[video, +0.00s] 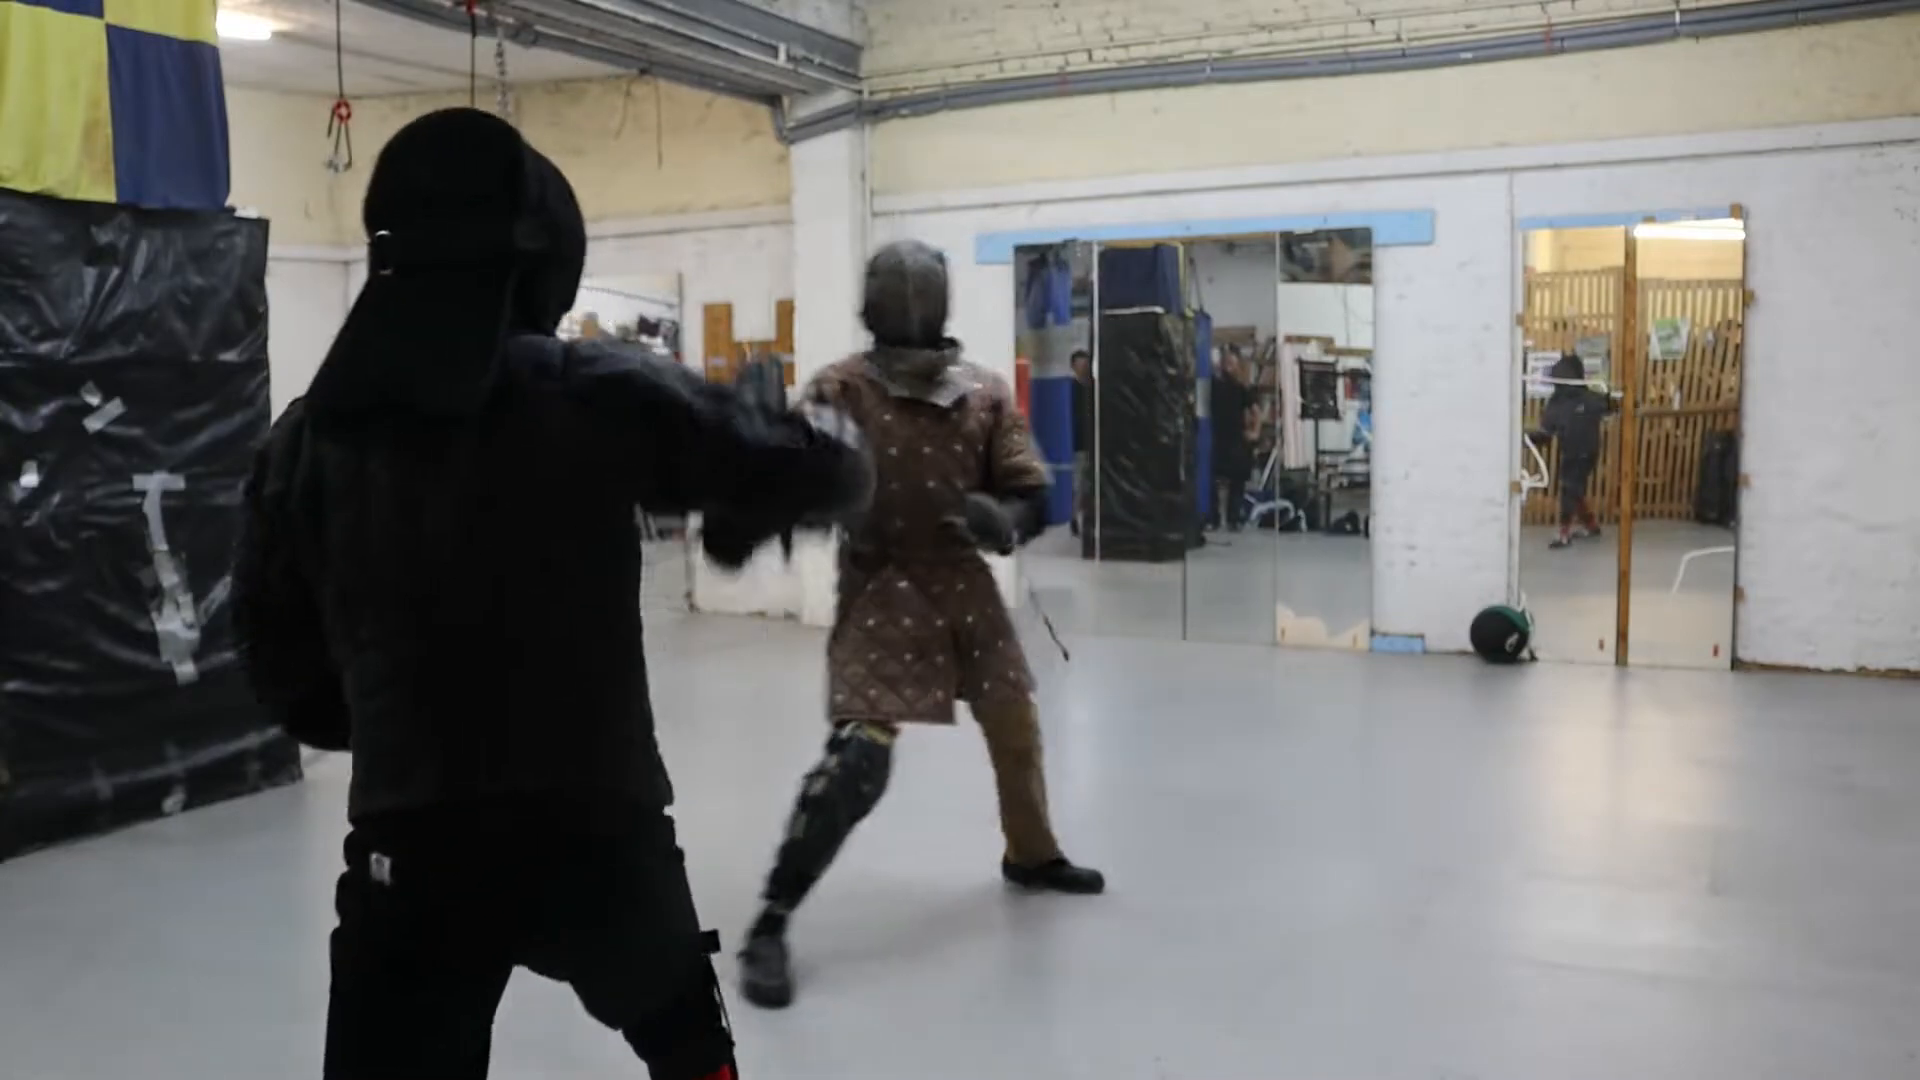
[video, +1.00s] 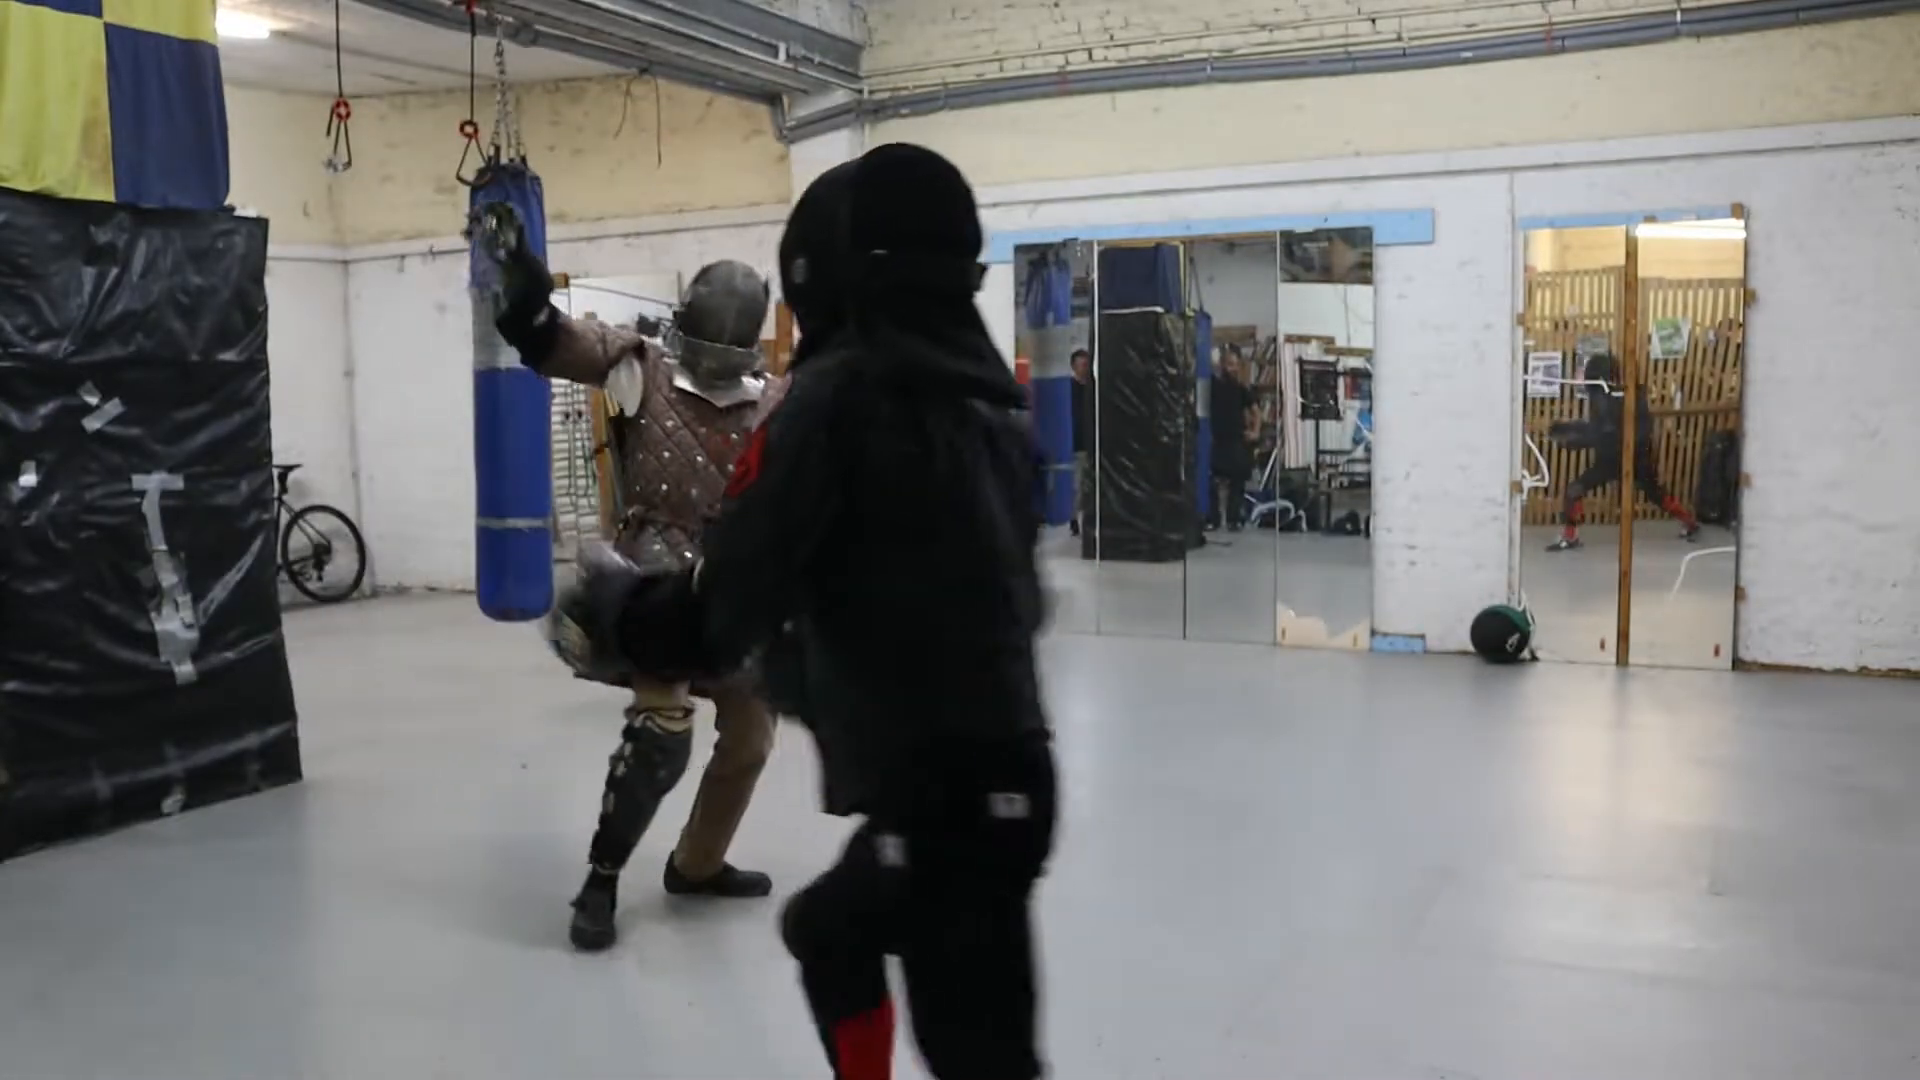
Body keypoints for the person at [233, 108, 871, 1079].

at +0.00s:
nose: (570, 277)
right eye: (558, 247)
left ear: (389, 252)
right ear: (533, 254)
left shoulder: (311, 434)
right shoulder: (595, 396)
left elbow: (289, 683)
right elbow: (821, 473)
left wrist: (400, 717)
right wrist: (738, 505)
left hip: (415, 862)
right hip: (601, 850)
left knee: (382, 1072)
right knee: (690, 1049)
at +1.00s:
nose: (789, 287)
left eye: (799, 263)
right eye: (793, 263)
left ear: (836, 272)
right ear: (948, 269)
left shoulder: (830, 409)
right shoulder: (984, 409)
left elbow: (719, 620)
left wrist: (613, 602)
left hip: (935, 792)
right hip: (1001, 775)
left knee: (982, 1054)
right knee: (827, 928)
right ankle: (870, 1079)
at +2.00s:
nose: (934, 262)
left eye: (942, 236)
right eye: (936, 236)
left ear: (977, 240)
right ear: (1103, 233)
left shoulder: (945, 383)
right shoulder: (1177, 386)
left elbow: (868, 624)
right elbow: (1229, 560)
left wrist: (836, 589)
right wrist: (1112, 557)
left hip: (1049, 768)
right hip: (1175, 757)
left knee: (1031, 1046)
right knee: (1042, 1013)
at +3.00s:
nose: (894, 275)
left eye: (901, 244)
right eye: (890, 246)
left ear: (949, 239)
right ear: (1077, 230)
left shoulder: (937, 400)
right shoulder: (1147, 387)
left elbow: (779, 617)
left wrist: (760, 505)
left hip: (1043, 866)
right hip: (1161, 845)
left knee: (945, 1066)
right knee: (1013, 1057)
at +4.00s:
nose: (921, 232)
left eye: (928, 202)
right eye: (919, 204)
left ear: (966, 203)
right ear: (1142, 188)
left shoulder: (936, 383)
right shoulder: (1211, 379)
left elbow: (790, 576)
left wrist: (793, 475)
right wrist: (974, 621)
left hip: (1090, 901)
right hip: (1243, 869)